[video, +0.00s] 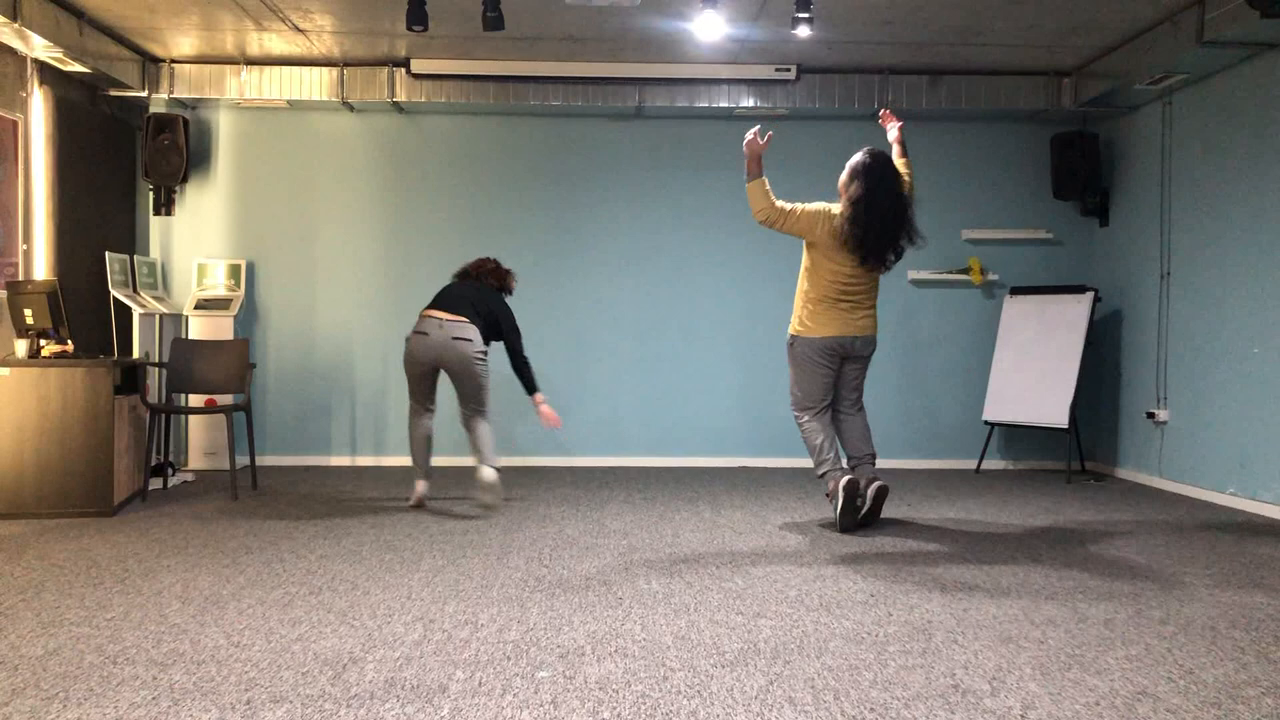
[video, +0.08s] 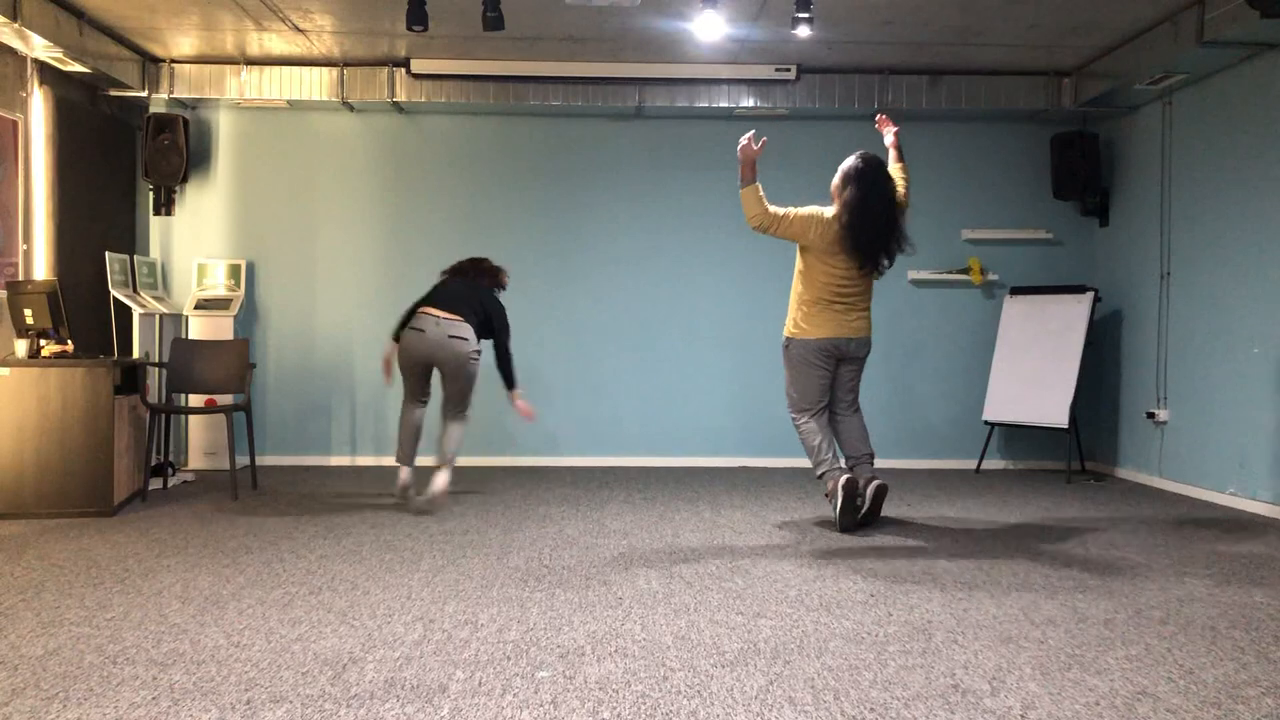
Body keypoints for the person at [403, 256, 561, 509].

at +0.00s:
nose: (506, 294)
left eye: (506, 290)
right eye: (505, 289)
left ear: (471, 275)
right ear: (499, 285)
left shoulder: (452, 290)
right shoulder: (499, 305)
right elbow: (517, 357)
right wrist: (538, 400)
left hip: (421, 337)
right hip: (464, 343)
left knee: (421, 410)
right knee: (475, 413)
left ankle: (420, 481)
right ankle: (487, 466)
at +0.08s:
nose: (500, 291)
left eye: (500, 288)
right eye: (498, 287)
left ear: (463, 272)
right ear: (492, 282)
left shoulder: (445, 285)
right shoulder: (493, 303)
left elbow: (414, 310)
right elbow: (502, 351)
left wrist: (393, 345)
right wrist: (514, 393)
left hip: (416, 333)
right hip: (459, 342)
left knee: (414, 402)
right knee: (455, 414)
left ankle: (404, 470)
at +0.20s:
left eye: (439, 271)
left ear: (443, 273)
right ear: (475, 283)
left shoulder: (434, 285)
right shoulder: (482, 312)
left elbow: (397, 305)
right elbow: (471, 355)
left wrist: (353, 323)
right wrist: (460, 388)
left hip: (409, 343)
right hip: (448, 356)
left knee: (394, 418)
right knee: (428, 425)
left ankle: (377, 487)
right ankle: (411, 478)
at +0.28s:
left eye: (432, 275)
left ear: (437, 277)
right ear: (469, 286)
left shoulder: (428, 290)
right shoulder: (476, 314)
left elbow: (389, 305)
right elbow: (460, 353)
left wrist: (340, 317)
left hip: (408, 345)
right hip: (447, 359)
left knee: (394, 415)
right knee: (435, 416)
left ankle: (378, 484)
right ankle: (417, 464)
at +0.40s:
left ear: (427, 279)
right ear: (459, 284)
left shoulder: (418, 294)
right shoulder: (466, 302)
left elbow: (376, 305)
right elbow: (466, 346)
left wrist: (328, 312)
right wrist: (410, 374)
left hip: (427, 351)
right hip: (466, 360)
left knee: (408, 400)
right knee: (441, 428)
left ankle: (396, 461)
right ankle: (410, 484)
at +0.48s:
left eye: (417, 283)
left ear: (420, 282)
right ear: (454, 284)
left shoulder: (414, 299)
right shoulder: (465, 301)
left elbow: (374, 306)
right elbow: (445, 337)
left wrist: (328, 310)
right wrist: (403, 364)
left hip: (434, 355)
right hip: (472, 364)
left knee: (421, 401)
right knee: (443, 430)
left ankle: (418, 464)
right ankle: (408, 481)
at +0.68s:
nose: (422, 293)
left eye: (425, 287)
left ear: (430, 283)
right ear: (459, 280)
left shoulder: (438, 300)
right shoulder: (474, 301)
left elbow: (406, 328)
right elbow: (434, 340)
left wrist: (365, 356)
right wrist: (399, 366)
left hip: (457, 354)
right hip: (493, 365)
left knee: (448, 413)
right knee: (463, 428)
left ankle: (445, 471)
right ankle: (437, 464)